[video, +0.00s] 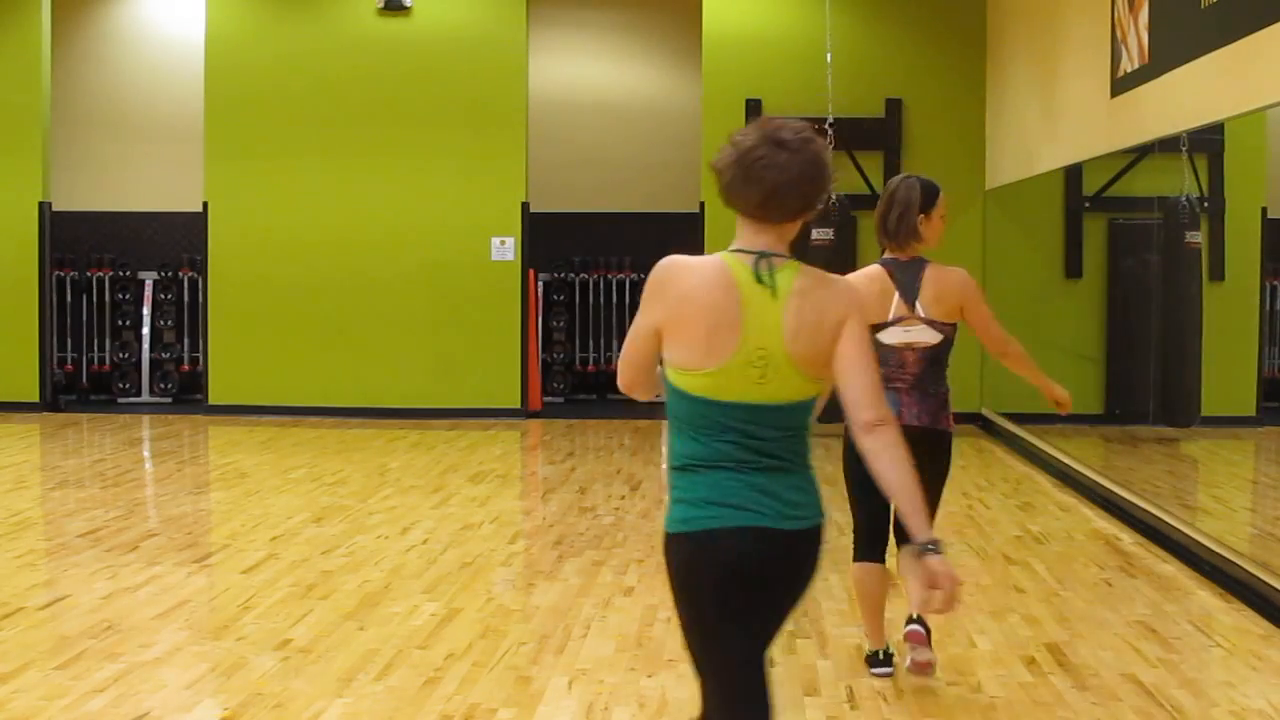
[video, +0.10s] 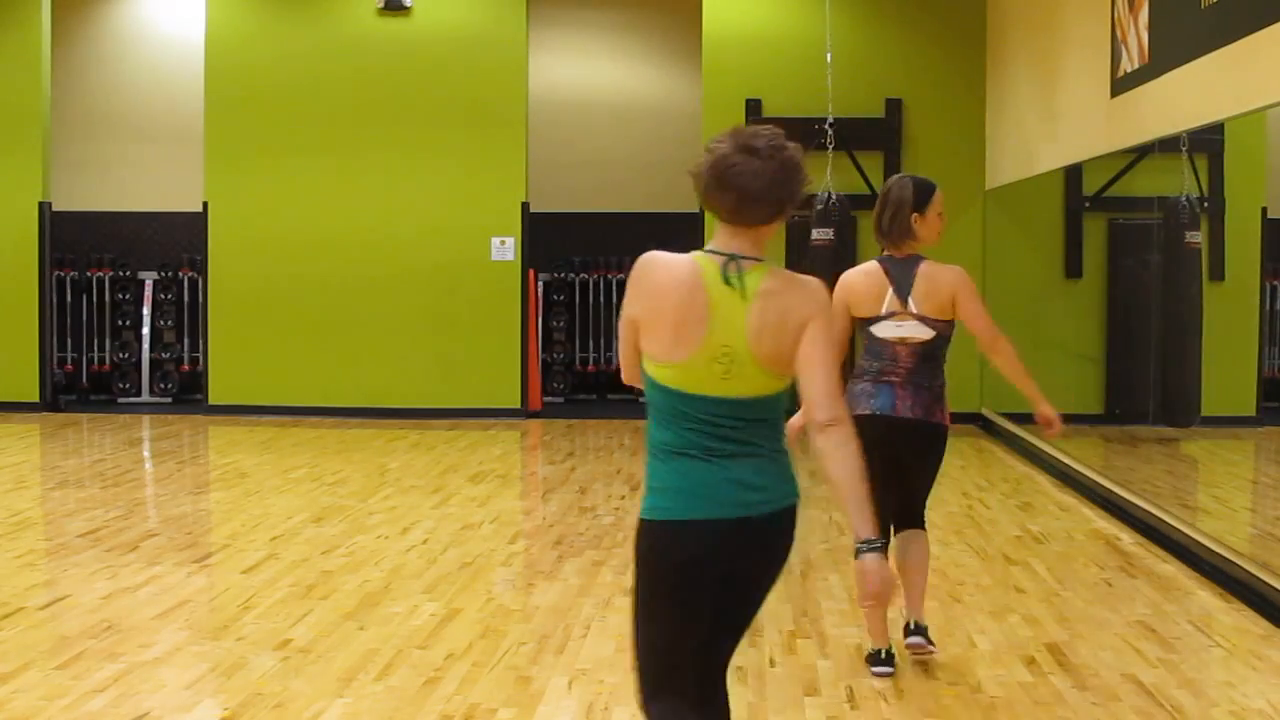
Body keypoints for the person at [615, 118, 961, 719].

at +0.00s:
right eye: (814, 200)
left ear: (732, 189)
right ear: (810, 210)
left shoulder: (675, 279)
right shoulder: (835, 299)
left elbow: (633, 381)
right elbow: (873, 425)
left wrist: (706, 374)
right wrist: (922, 539)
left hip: (704, 536)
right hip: (792, 536)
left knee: (734, 701)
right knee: (736, 683)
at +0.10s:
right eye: (785, 201)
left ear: (709, 195)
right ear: (787, 209)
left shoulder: (654, 273)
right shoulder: (805, 297)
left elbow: (631, 373)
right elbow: (828, 423)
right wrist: (870, 544)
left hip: (677, 522)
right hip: (765, 521)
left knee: (666, 694)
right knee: (707, 677)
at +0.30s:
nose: (738, 201)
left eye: (737, 189)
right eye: (738, 189)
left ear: (666, 183)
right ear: (724, 198)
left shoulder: (623, 253)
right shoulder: (722, 279)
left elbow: (630, 351)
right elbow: (725, 411)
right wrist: (775, 489)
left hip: (627, 481)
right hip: (702, 485)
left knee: (644, 610)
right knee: (688, 648)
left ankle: (606, 712)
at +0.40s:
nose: (724, 190)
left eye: (720, 178)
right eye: (715, 180)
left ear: (664, 191)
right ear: (681, 194)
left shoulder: (623, 251)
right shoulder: (674, 273)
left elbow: (625, 352)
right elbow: (670, 397)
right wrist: (734, 444)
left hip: (614, 464)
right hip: (664, 474)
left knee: (637, 601)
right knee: (671, 629)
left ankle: (590, 707)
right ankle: (668, 715)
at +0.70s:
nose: (633, 186)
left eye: (641, 175)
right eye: (617, 176)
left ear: (652, 186)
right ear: (589, 189)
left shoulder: (661, 261)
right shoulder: (564, 263)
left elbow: (681, 352)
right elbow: (529, 364)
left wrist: (697, 435)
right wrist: (576, 425)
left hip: (627, 451)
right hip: (559, 450)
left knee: (616, 589)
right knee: (580, 590)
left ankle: (579, 711)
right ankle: (529, 708)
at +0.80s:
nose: (610, 192)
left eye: (619, 181)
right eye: (595, 181)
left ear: (629, 192)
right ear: (569, 193)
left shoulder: (644, 269)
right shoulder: (540, 266)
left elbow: (675, 358)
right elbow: (500, 361)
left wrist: (708, 439)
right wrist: (523, 427)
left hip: (608, 456)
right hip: (539, 457)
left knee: (604, 592)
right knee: (544, 588)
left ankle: (578, 711)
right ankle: (504, 675)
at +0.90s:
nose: (586, 199)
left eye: (594, 189)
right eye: (572, 189)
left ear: (606, 199)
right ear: (547, 201)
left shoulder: (621, 274)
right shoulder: (519, 270)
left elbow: (660, 365)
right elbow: (476, 362)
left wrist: (704, 442)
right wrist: (481, 439)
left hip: (587, 453)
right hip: (517, 454)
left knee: (590, 590)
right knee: (520, 579)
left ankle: (582, 711)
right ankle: (492, 675)